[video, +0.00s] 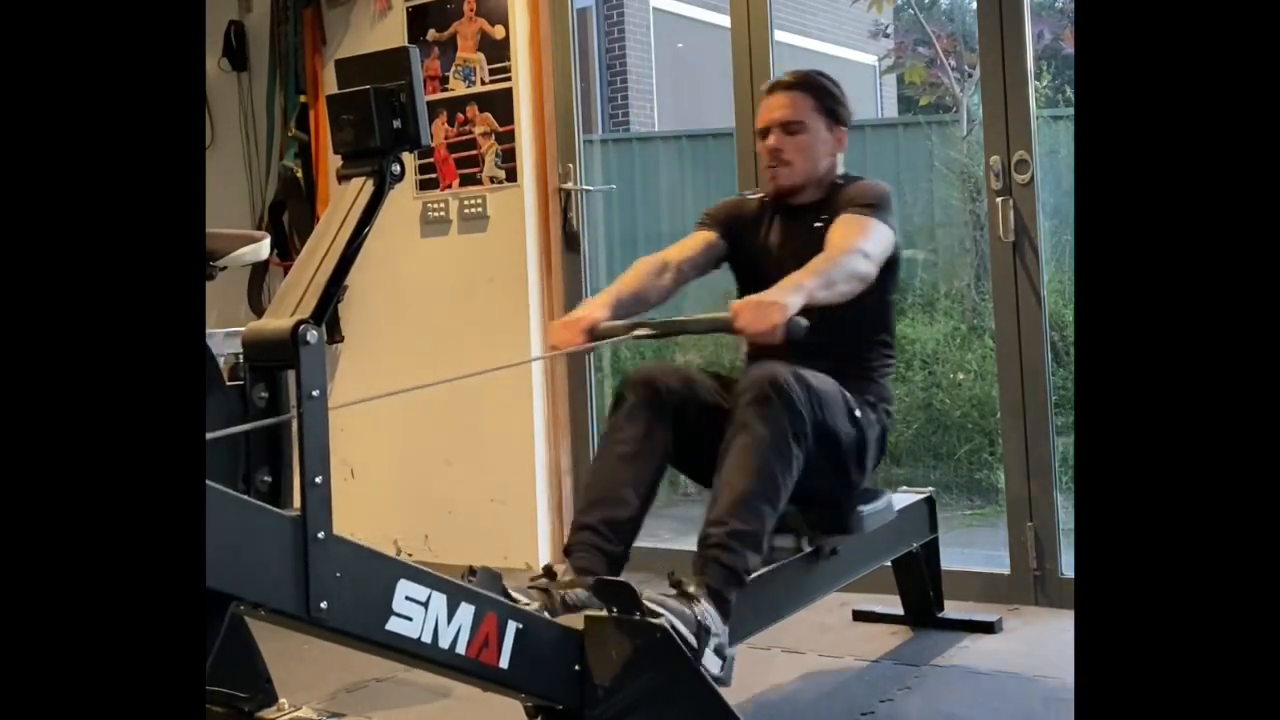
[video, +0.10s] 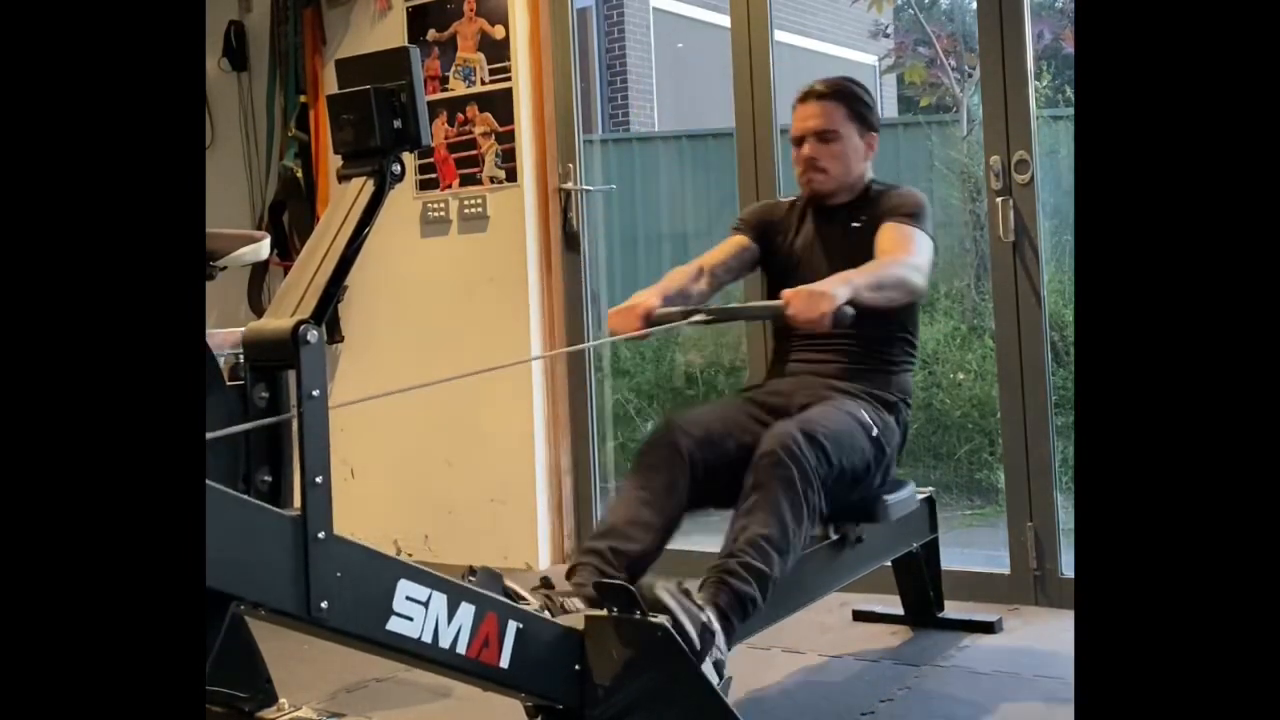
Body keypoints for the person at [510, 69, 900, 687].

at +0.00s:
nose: (771, 145)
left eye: (790, 129)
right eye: (763, 133)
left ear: (838, 140)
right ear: (754, 144)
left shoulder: (866, 202)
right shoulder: (742, 217)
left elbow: (849, 262)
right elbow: (669, 267)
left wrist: (787, 294)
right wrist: (603, 306)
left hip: (846, 436)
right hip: (755, 423)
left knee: (770, 380)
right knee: (650, 385)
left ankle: (708, 608)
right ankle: (583, 577)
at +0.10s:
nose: (807, 153)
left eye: (825, 138)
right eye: (798, 141)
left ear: (869, 145)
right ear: (790, 148)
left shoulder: (898, 208)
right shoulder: (773, 219)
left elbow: (907, 273)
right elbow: (704, 273)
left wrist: (842, 285)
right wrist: (653, 296)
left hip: (861, 405)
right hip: (774, 399)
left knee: (786, 449)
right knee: (675, 441)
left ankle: (715, 620)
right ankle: (583, 592)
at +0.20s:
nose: (826, 180)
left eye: (842, 164)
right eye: (817, 166)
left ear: (884, 163)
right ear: (807, 168)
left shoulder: (919, 224)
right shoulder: (798, 233)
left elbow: (966, 292)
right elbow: (737, 287)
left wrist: (890, 288)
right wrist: (698, 300)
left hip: (869, 408)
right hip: (785, 404)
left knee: (792, 469)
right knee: (696, 474)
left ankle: (719, 623)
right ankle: (594, 589)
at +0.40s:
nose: (791, 179)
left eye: (808, 163)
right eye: (782, 164)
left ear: (853, 161)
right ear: (773, 165)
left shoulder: (901, 228)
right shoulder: (771, 234)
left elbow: (1017, 298)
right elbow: (698, 314)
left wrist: (914, 292)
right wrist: (711, 309)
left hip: (858, 429)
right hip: (762, 419)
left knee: (768, 401)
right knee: (663, 408)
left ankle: (716, 618)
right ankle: (594, 585)